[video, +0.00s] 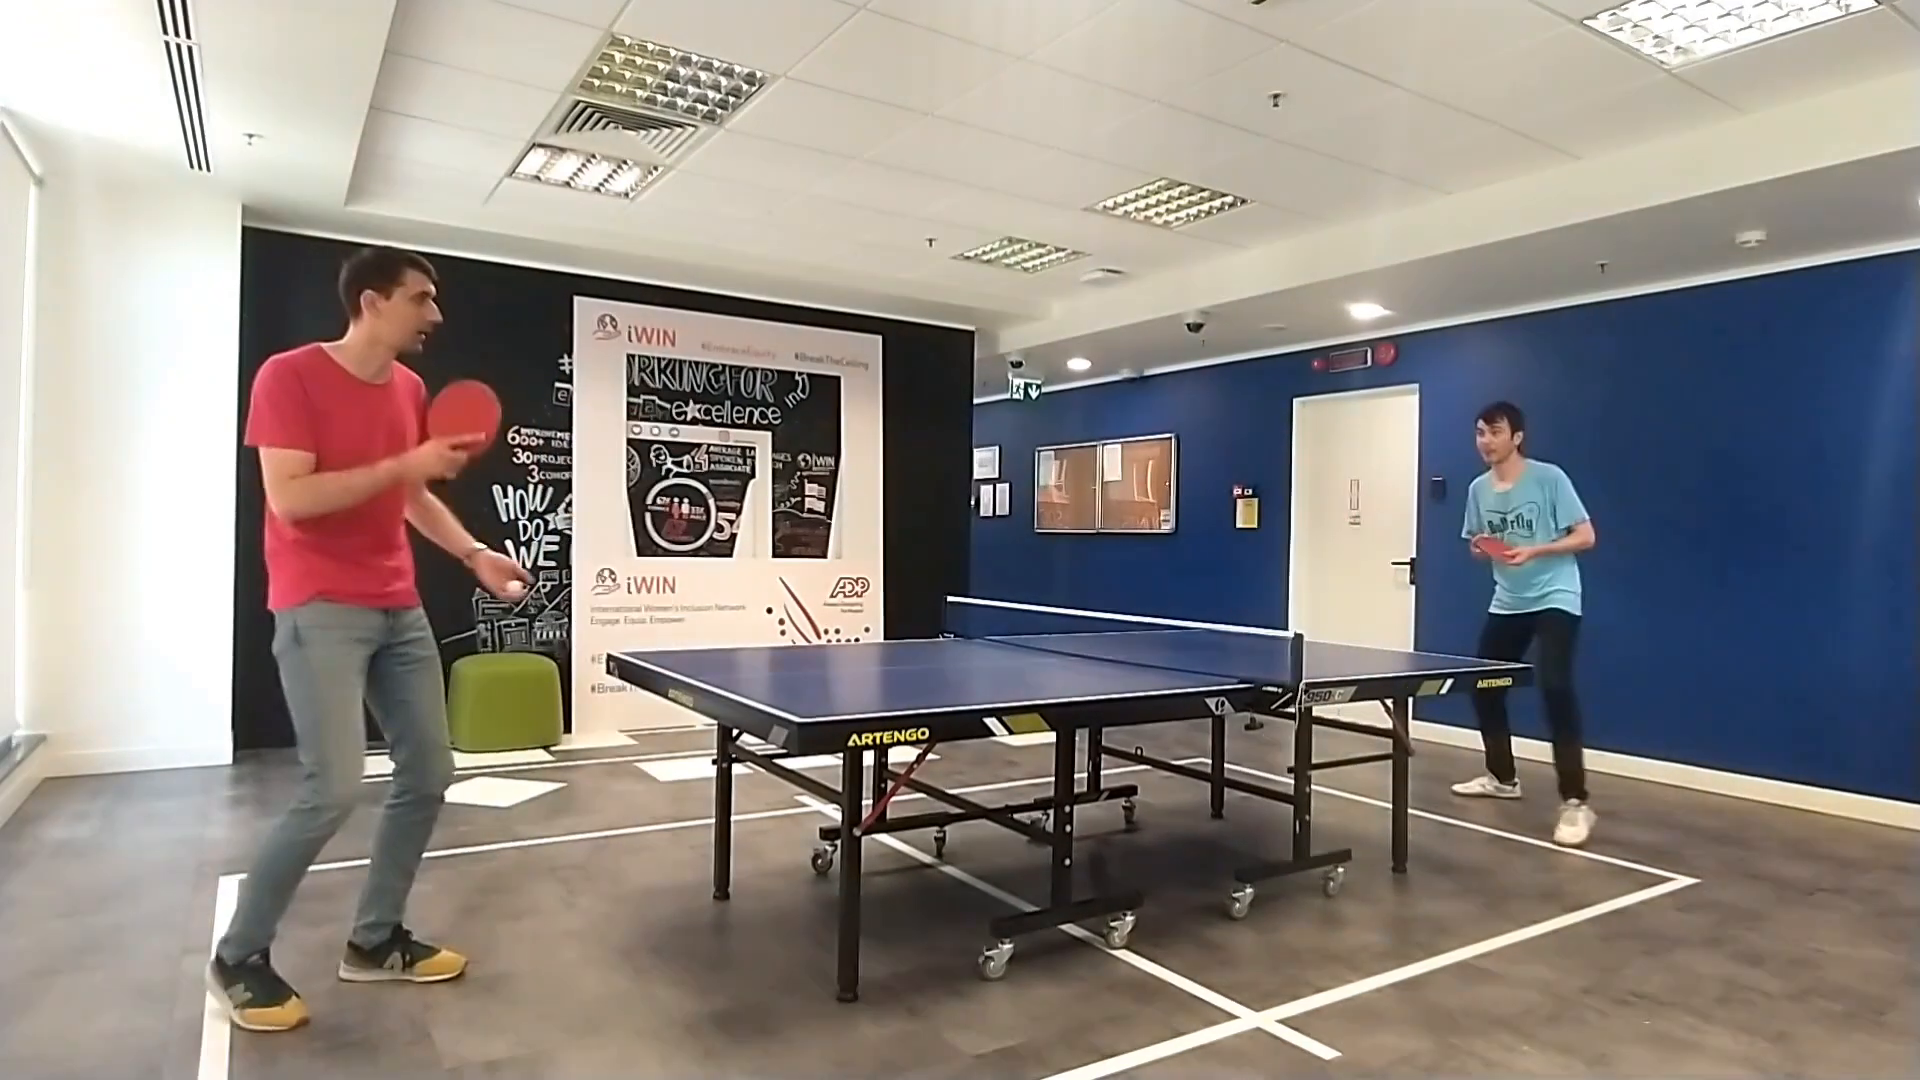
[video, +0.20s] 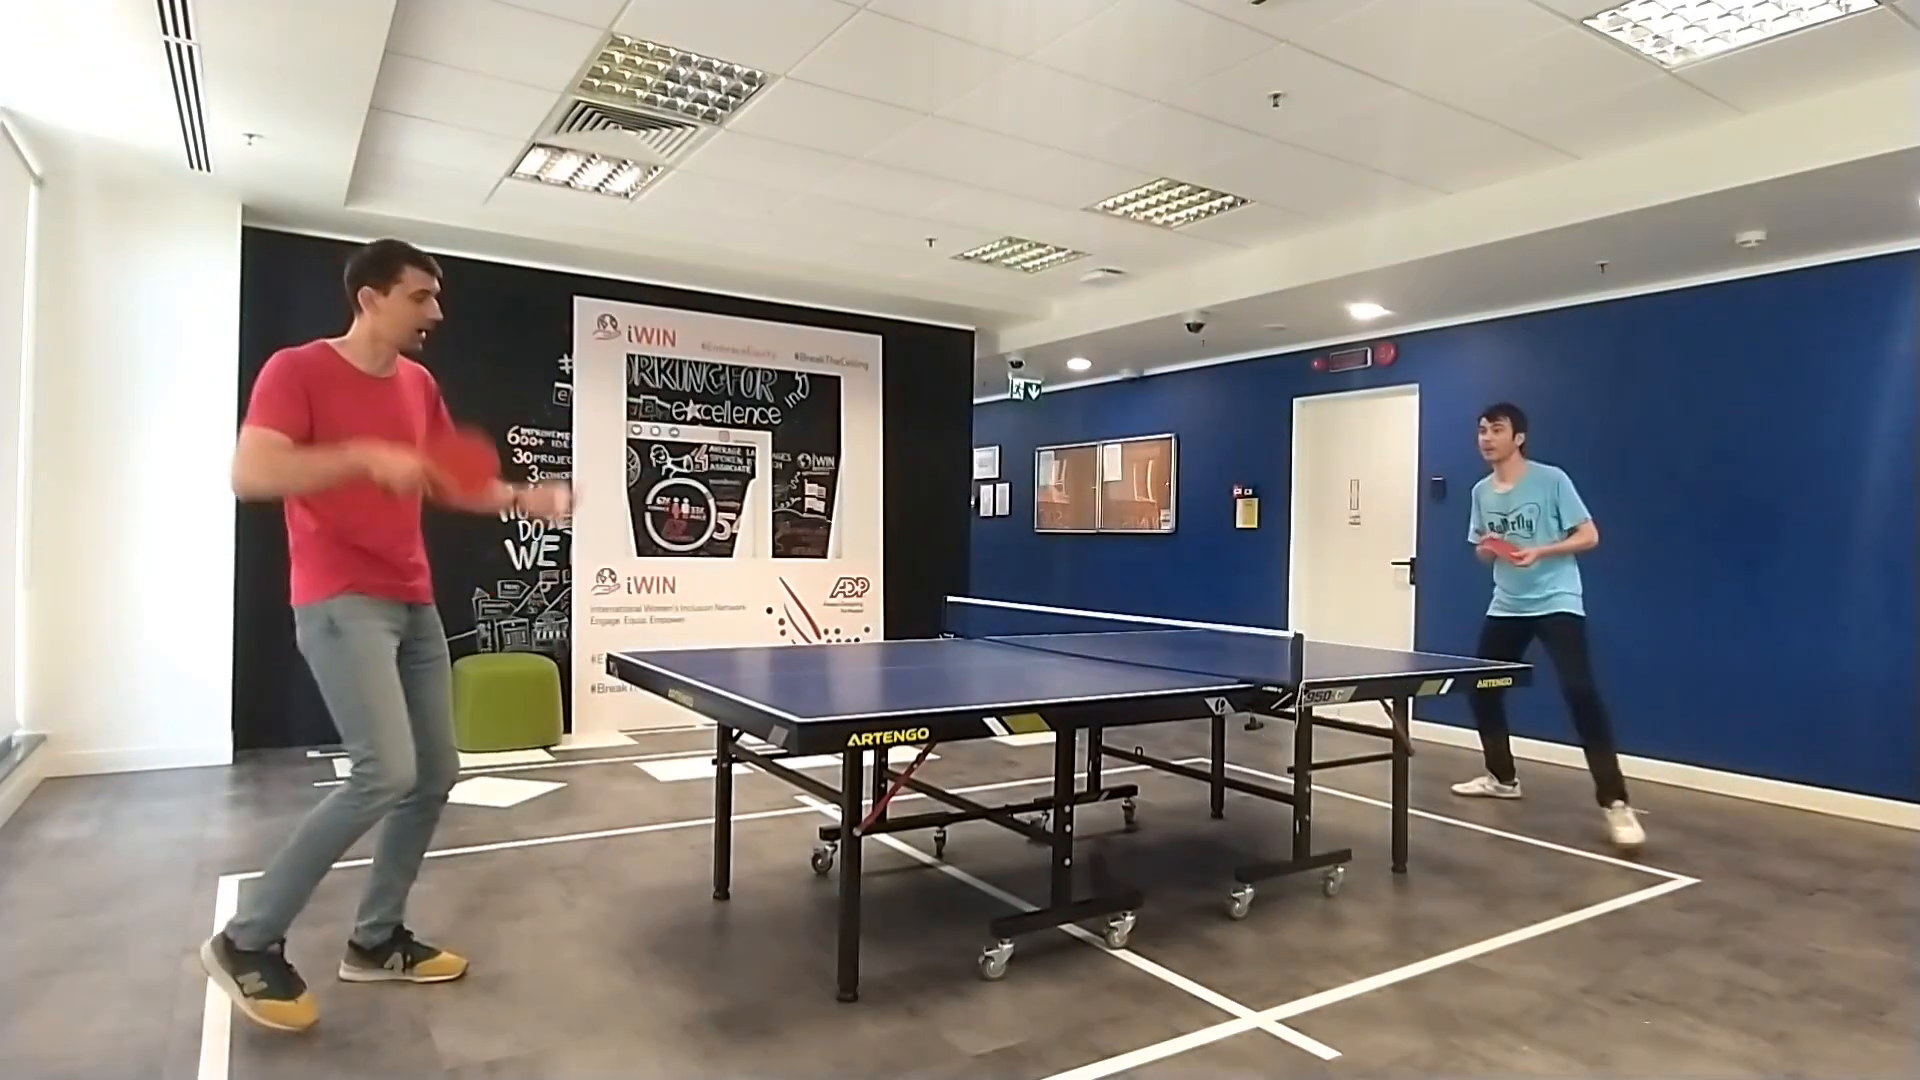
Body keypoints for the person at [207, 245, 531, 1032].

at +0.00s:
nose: (434, 314)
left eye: (434, 302)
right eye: (422, 299)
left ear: (397, 308)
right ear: (370, 303)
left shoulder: (407, 390)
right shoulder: (287, 377)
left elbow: (409, 492)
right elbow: (290, 500)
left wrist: (473, 552)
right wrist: (406, 466)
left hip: (399, 611)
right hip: (319, 614)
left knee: (426, 772)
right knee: (333, 788)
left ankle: (375, 937)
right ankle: (238, 957)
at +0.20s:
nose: (433, 312)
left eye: (436, 299)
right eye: (422, 297)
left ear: (399, 305)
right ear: (370, 299)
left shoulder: (417, 386)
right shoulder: (296, 370)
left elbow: (445, 482)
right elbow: (251, 471)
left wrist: (519, 497)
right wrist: (364, 457)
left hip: (414, 604)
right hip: (340, 604)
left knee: (431, 775)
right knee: (382, 772)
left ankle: (377, 936)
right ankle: (247, 939)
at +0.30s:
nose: (433, 301)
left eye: (433, 289)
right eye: (424, 286)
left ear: (393, 288)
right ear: (377, 286)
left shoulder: (419, 371)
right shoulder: (300, 357)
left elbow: (472, 468)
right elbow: (229, 431)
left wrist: (534, 440)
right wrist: (306, 352)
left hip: (417, 596)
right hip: (348, 595)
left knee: (431, 773)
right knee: (404, 773)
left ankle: (377, 937)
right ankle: (264, 958)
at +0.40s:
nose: (424, 287)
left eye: (424, 273)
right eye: (408, 272)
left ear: (409, 287)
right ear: (356, 284)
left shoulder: (415, 366)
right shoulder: (309, 357)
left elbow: (467, 458)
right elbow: (222, 383)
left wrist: (535, 442)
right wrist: (268, 262)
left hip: (420, 593)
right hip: (355, 597)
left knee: (430, 772)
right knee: (409, 779)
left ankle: (377, 932)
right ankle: (293, 983)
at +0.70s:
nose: (419, 297)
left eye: (420, 284)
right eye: (399, 283)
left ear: (408, 303)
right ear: (348, 299)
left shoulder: (393, 379)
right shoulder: (303, 377)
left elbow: (386, 464)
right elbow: (215, 442)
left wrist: (480, 492)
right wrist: (208, 332)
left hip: (383, 615)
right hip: (329, 620)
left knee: (438, 769)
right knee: (407, 808)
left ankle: (377, 932)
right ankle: (283, 1015)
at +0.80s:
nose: (418, 329)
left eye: (421, 314)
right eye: (399, 313)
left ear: (414, 327)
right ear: (346, 323)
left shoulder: (381, 394)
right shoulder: (289, 406)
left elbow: (369, 475)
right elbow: (226, 521)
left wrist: (451, 509)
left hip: (364, 626)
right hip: (310, 637)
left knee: (439, 774)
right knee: (413, 816)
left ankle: (377, 933)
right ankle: (285, 1016)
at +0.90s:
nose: (407, 362)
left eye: (412, 346)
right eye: (389, 346)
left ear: (406, 351)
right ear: (332, 351)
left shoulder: (357, 412)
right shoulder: (281, 435)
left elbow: (350, 491)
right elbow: (270, 578)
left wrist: (426, 523)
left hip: (345, 640)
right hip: (298, 658)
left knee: (434, 776)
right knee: (415, 820)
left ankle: (366, 938)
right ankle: (285, 1019)